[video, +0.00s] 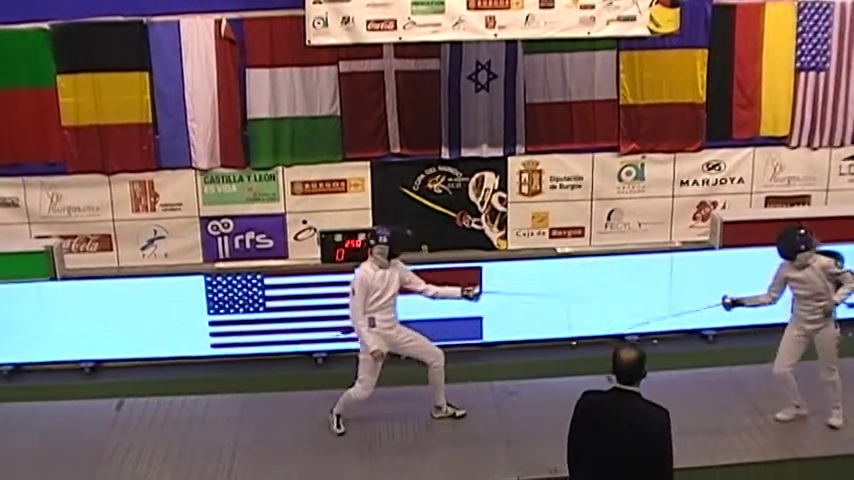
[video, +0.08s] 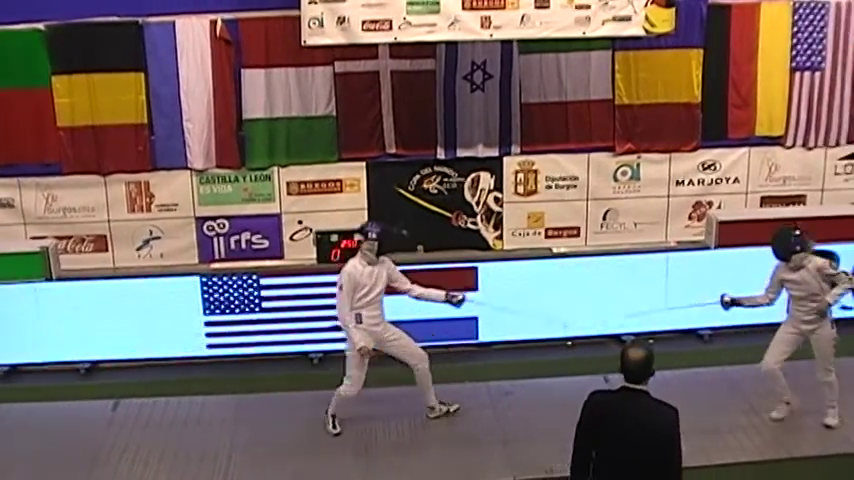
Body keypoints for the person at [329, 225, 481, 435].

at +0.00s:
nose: (381, 250)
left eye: (385, 246)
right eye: (377, 245)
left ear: (390, 248)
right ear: (370, 248)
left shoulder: (397, 269)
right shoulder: (363, 275)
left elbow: (427, 289)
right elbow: (356, 314)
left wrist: (461, 292)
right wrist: (370, 345)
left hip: (394, 330)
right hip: (371, 334)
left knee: (435, 357)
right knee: (363, 390)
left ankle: (440, 407)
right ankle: (337, 412)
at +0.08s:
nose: (370, 245)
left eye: (374, 241)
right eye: (367, 240)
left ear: (380, 244)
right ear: (360, 242)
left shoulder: (385, 266)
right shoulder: (350, 271)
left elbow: (412, 289)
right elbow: (343, 310)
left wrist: (446, 296)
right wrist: (357, 340)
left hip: (381, 328)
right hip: (358, 331)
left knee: (419, 358)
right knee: (352, 387)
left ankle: (433, 407)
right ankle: (331, 413)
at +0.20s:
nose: (356, 242)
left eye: (360, 238)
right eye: (352, 237)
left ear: (365, 240)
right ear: (345, 238)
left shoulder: (369, 262)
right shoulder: (334, 267)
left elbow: (390, 289)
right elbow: (326, 308)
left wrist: (423, 303)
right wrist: (340, 338)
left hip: (364, 324)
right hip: (341, 326)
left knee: (399, 360)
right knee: (340, 382)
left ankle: (407, 408)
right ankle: (326, 414)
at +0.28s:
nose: (349, 244)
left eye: (353, 240)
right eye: (345, 239)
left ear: (358, 242)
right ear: (338, 240)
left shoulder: (362, 265)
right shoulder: (327, 269)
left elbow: (383, 293)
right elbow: (317, 309)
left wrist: (414, 309)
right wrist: (330, 340)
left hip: (356, 326)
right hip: (333, 329)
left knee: (390, 364)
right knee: (334, 385)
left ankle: (376, 412)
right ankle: (322, 415)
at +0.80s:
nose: (336, 247)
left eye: (340, 243)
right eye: (333, 242)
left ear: (347, 245)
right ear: (327, 243)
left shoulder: (355, 265)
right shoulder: (318, 271)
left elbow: (384, 285)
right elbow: (307, 311)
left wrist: (423, 286)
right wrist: (319, 342)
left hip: (347, 329)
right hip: (324, 332)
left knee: (383, 363)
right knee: (319, 390)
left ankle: (372, 412)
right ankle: (301, 416)